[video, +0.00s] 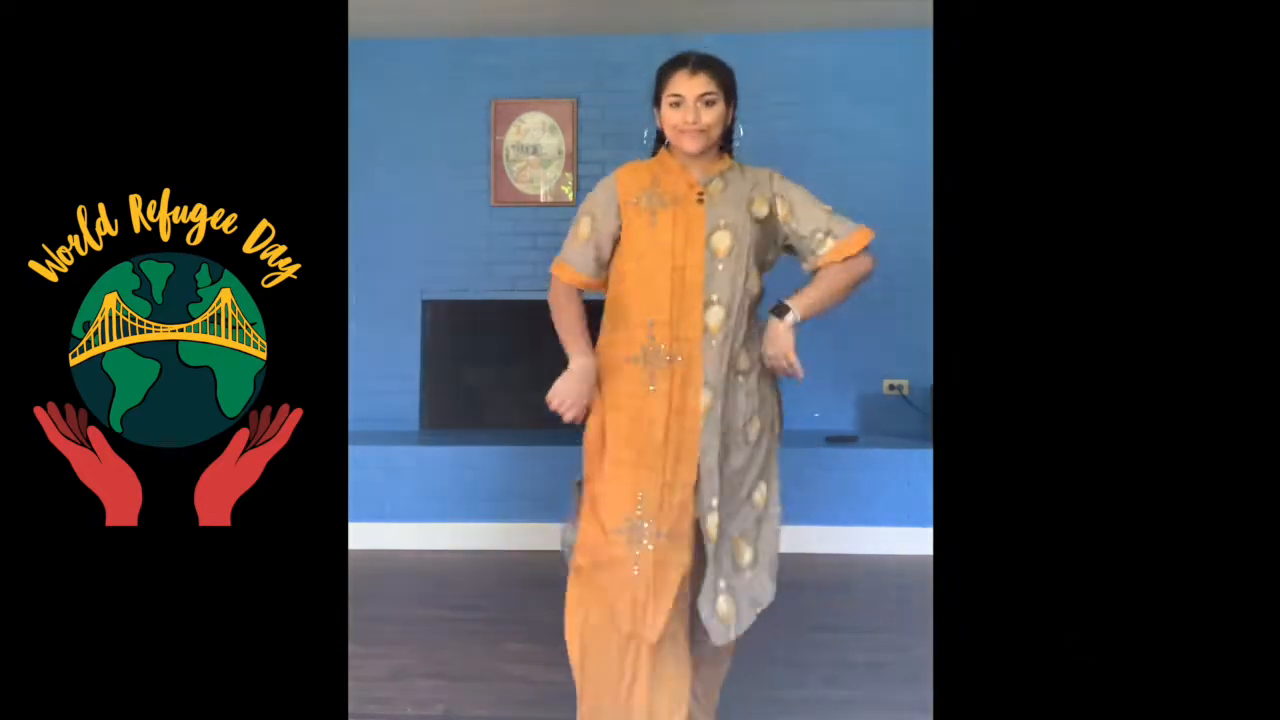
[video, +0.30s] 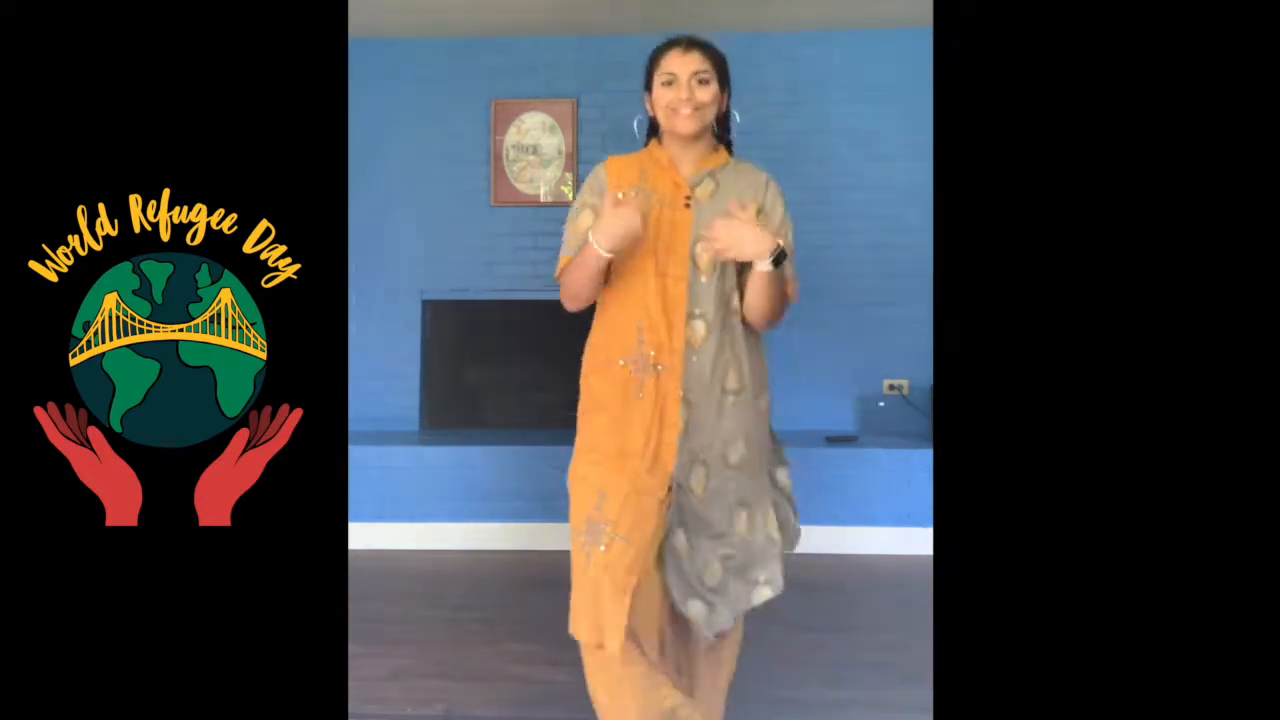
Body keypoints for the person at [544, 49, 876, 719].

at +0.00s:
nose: (691, 114)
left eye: (706, 102)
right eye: (677, 103)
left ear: (728, 112)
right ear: (658, 114)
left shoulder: (762, 190)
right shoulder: (622, 190)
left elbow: (855, 256)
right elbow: (565, 285)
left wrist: (788, 315)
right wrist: (582, 363)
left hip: (728, 418)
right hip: (635, 416)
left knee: (719, 593)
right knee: (632, 587)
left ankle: (695, 710)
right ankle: (629, 709)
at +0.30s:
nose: (685, 94)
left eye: (700, 81)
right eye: (669, 82)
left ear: (722, 97)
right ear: (650, 99)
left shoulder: (755, 189)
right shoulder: (611, 180)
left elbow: (761, 317)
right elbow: (573, 296)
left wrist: (764, 257)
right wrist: (603, 241)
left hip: (720, 411)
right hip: (625, 408)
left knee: (712, 588)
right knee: (617, 585)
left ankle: (699, 710)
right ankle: (637, 710)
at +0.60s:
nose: (671, 66)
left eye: (688, 55)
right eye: (654, 56)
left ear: (712, 76)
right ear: (634, 78)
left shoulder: (744, 156)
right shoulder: (600, 161)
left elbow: (749, 269)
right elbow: (597, 265)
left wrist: (762, 348)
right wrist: (582, 335)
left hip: (699, 406)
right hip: (603, 403)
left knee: (696, 582)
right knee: (594, 577)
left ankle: (703, 706)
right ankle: (597, 705)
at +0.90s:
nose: (683, 115)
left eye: (701, 99)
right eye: (666, 100)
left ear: (726, 113)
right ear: (649, 114)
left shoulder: (754, 213)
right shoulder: (605, 191)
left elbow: (770, 336)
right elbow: (553, 310)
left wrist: (801, 447)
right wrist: (550, 432)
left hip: (724, 454)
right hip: (615, 449)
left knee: (722, 642)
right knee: (597, 630)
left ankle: (697, 714)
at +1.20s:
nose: (684, 86)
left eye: (701, 70)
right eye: (667, 71)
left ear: (726, 81)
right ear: (648, 84)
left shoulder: (763, 150)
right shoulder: (604, 168)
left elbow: (802, 270)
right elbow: (555, 287)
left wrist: (779, 380)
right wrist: (541, 405)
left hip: (711, 407)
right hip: (608, 407)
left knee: (708, 586)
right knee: (609, 591)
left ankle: (708, 707)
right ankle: (611, 707)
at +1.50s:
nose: (690, 107)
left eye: (707, 91)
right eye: (673, 92)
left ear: (731, 104)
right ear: (654, 105)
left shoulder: (762, 200)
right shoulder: (602, 183)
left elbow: (857, 282)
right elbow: (522, 264)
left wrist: (796, 283)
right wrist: (558, 330)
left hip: (714, 443)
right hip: (612, 436)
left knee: (703, 619)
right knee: (605, 614)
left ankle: (699, 708)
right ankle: (596, 712)